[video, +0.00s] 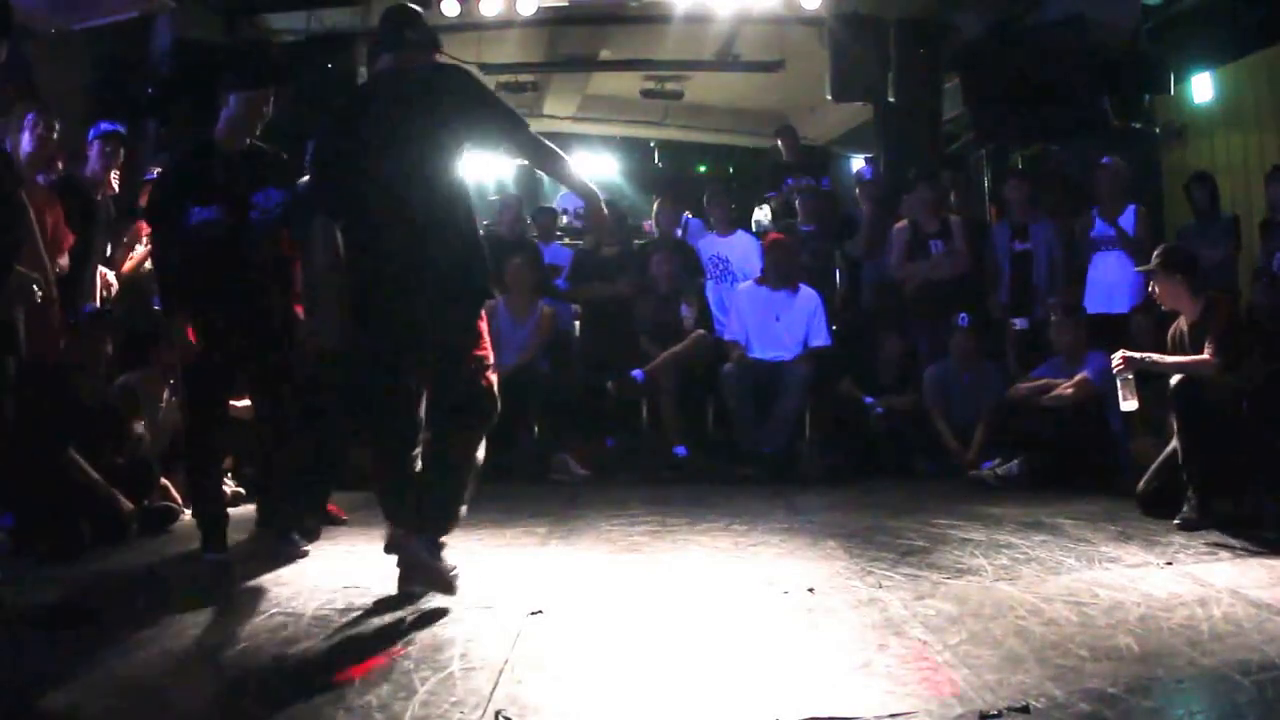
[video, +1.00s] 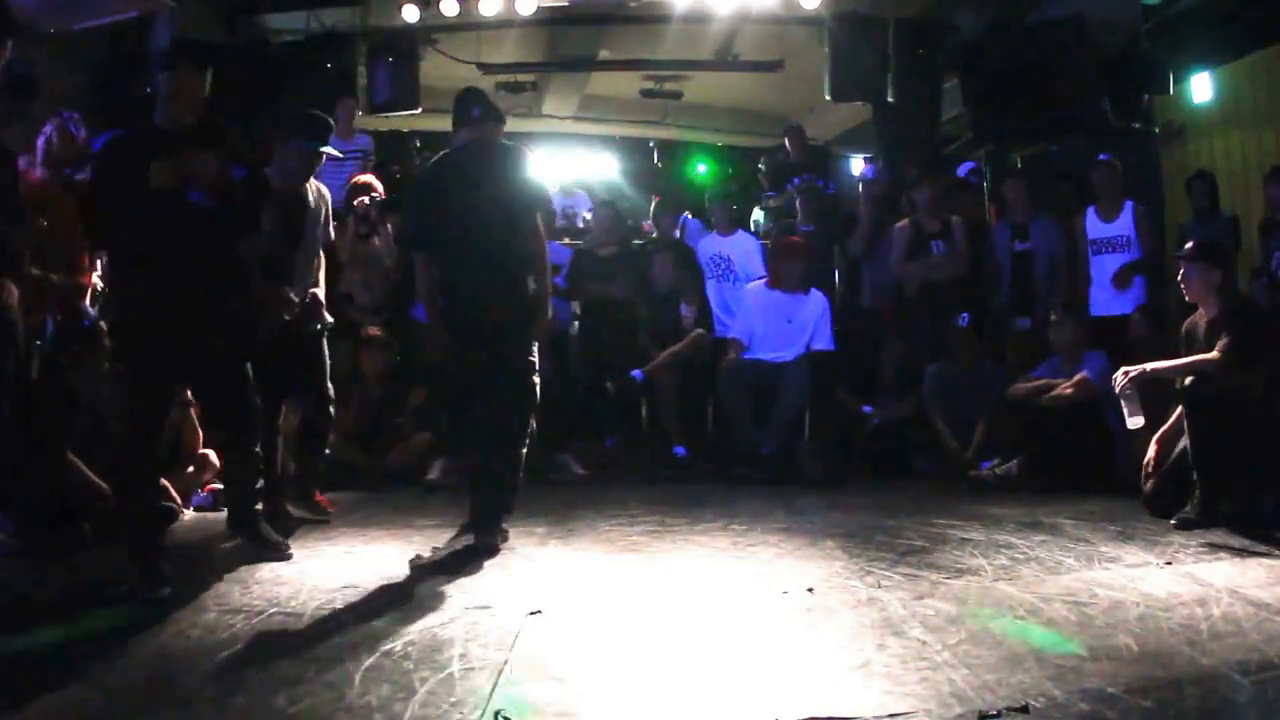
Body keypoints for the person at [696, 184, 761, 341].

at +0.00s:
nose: (717, 213)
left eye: (721, 206)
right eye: (713, 207)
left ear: (731, 208)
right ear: (707, 211)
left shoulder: (749, 242)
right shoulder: (703, 246)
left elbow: (759, 282)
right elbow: (701, 282)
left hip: (749, 320)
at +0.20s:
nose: (719, 212)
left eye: (722, 205)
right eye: (714, 206)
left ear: (730, 208)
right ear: (707, 211)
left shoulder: (748, 242)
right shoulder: (703, 246)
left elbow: (759, 281)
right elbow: (704, 281)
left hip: (750, 320)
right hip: (720, 322)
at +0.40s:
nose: (717, 214)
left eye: (721, 207)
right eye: (713, 208)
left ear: (729, 209)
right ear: (706, 212)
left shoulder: (748, 242)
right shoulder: (703, 245)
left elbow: (759, 281)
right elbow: (701, 280)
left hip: (748, 319)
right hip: (719, 321)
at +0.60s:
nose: (719, 213)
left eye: (722, 207)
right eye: (714, 208)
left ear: (730, 209)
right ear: (707, 212)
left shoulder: (747, 242)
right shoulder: (703, 245)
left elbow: (758, 280)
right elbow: (702, 279)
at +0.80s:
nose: (721, 213)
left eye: (725, 208)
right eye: (717, 209)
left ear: (732, 211)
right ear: (711, 213)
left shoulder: (748, 243)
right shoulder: (704, 245)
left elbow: (759, 284)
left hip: (747, 322)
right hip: (719, 323)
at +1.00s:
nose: (717, 214)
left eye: (721, 208)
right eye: (713, 209)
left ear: (731, 210)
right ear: (709, 212)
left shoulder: (749, 243)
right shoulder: (703, 246)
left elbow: (760, 286)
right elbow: (702, 284)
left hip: (749, 326)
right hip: (719, 327)